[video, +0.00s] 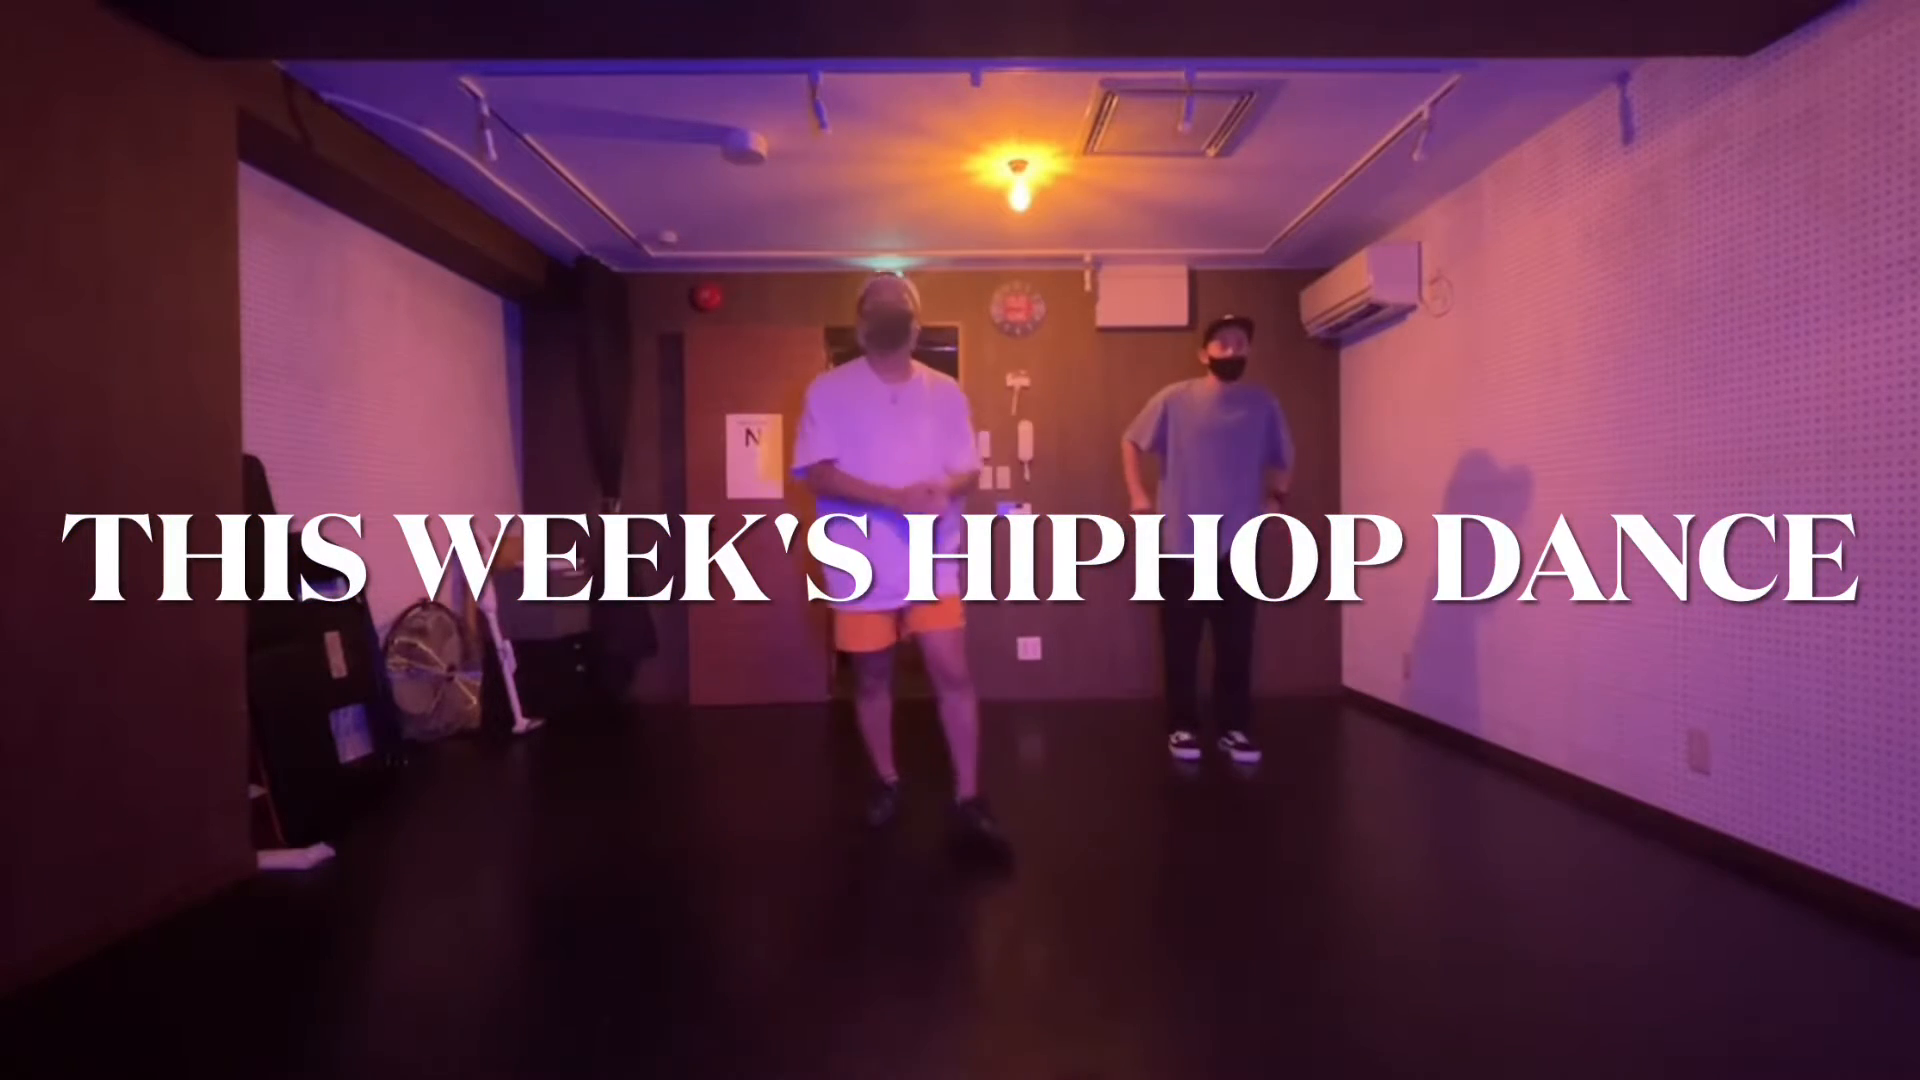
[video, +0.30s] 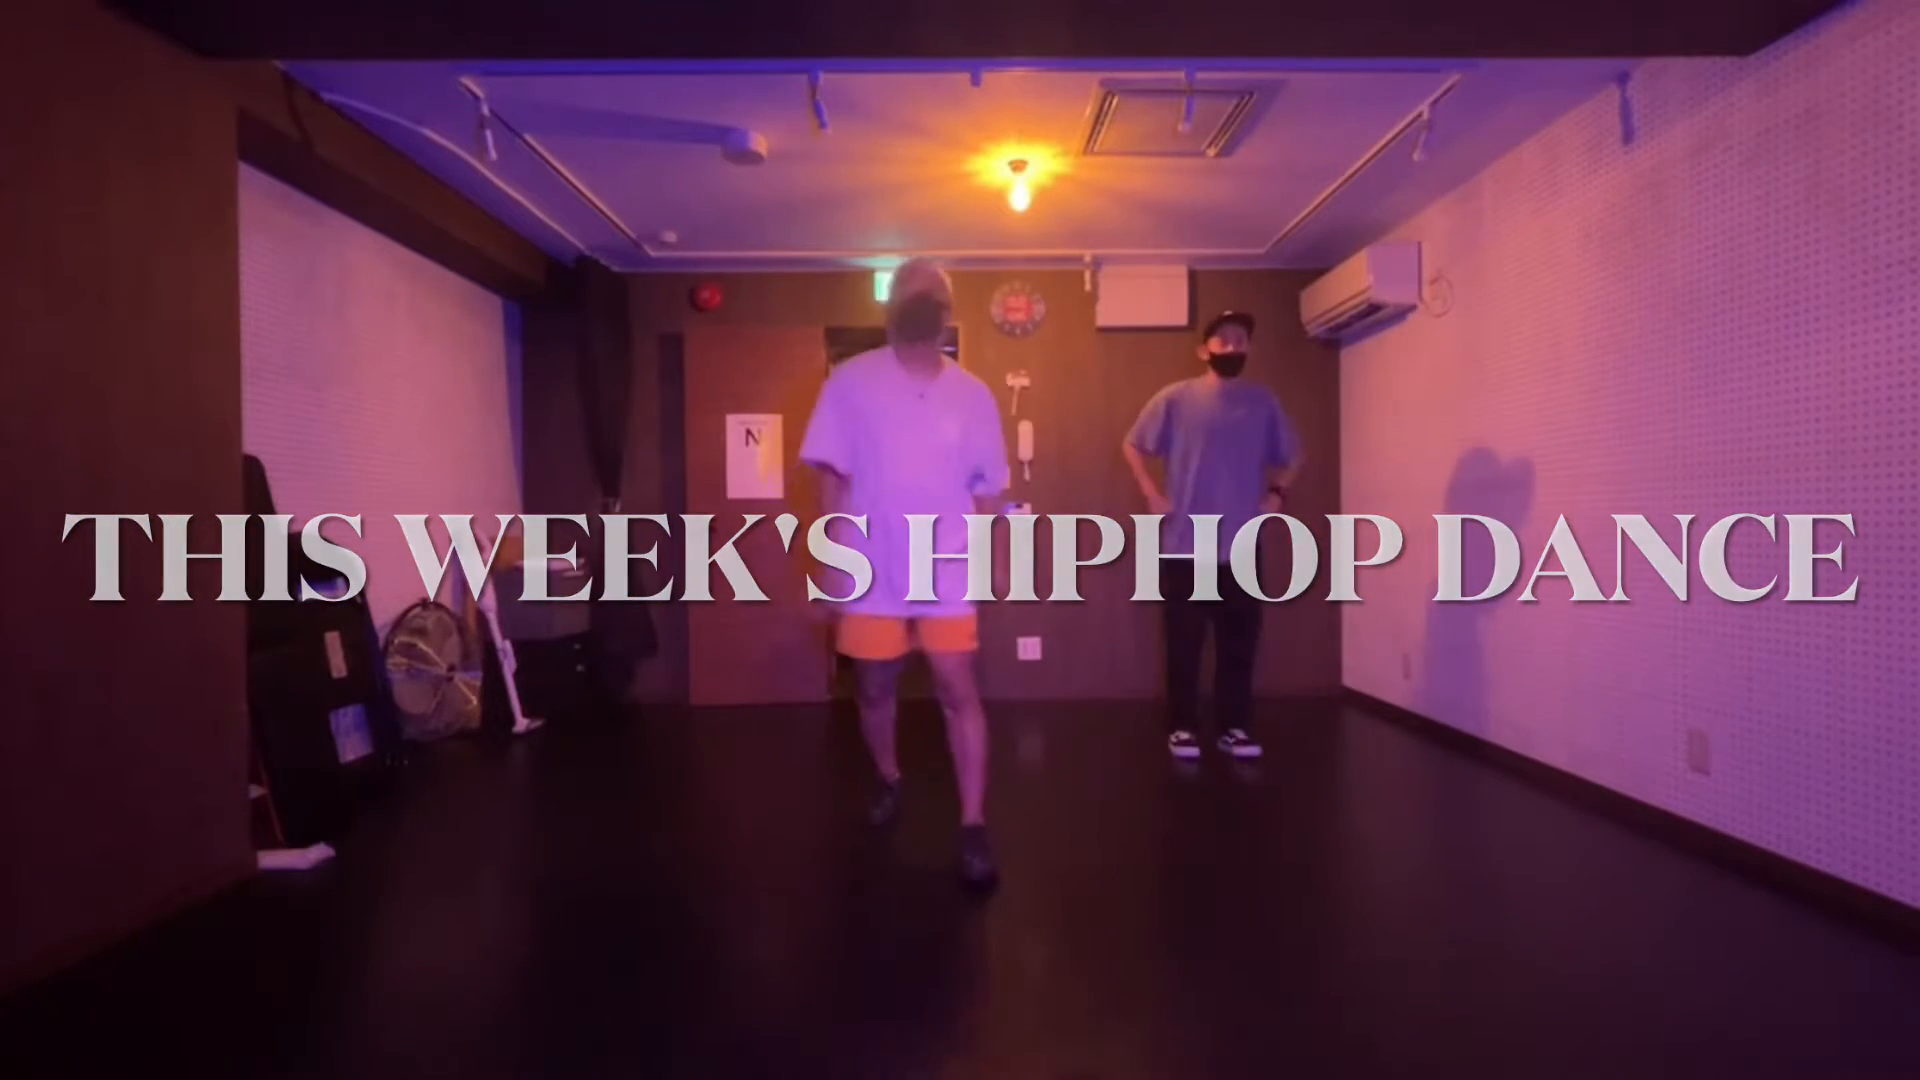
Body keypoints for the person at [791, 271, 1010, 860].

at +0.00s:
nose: (891, 322)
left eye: (900, 313)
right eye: (880, 314)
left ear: (916, 322)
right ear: (862, 323)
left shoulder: (945, 392)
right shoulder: (828, 392)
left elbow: (968, 472)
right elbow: (818, 474)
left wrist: (943, 489)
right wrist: (894, 498)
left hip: (936, 564)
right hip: (862, 565)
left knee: (952, 671)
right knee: (873, 676)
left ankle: (968, 797)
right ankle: (887, 785)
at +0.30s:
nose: (927, 309)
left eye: (937, 301)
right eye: (917, 299)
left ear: (951, 317)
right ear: (895, 310)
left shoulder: (973, 395)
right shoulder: (851, 382)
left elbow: (990, 493)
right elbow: (831, 479)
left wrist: (980, 562)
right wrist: (834, 557)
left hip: (948, 572)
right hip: (868, 570)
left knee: (958, 691)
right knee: (876, 690)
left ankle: (973, 826)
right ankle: (887, 785)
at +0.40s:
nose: (926, 304)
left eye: (938, 296)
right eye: (916, 294)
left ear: (956, 315)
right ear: (896, 309)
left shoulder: (981, 393)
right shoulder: (849, 377)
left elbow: (1019, 490)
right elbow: (808, 454)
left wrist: (1039, 568)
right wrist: (788, 538)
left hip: (948, 576)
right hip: (863, 573)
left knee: (962, 695)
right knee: (865, 697)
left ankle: (974, 827)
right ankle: (895, 765)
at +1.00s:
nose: (740, 308)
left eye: (752, 295)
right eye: (738, 297)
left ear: (785, 300)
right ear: (748, 307)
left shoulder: (814, 355)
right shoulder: (755, 388)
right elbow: (761, 490)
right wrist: (766, 565)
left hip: (829, 573)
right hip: (772, 576)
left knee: (839, 709)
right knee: (747, 695)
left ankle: (953, 805)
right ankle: (746, 858)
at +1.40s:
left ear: (674, 310)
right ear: (734, 309)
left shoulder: (648, 374)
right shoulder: (777, 381)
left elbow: (598, 456)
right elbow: (804, 482)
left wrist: (597, 520)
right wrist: (773, 540)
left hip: (669, 562)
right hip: (754, 565)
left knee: (650, 688)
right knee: (733, 702)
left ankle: (638, 819)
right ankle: (714, 849)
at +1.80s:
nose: (722, 337)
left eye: (717, 327)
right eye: (718, 329)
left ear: (659, 338)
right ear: (706, 332)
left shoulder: (624, 399)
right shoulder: (741, 394)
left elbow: (598, 499)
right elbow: (772, 484)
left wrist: (601, 565)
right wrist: (787, 553)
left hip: (642, 571)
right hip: (717, 572)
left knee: (647, 681)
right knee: (720, 687)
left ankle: (644, 802)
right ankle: (671, 779)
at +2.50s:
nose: (823, 350)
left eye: (824, 340)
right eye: (811, 341)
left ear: (813, 351)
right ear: (780, 351)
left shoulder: (795, 407)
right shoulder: (776, 411)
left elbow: (788, 497)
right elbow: (760, 503)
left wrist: (816, 570)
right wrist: (787, 581)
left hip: (807, 568)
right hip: (798, 572)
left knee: (791, 664)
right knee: (814, 670)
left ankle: (708, 717)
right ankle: (787, 764)